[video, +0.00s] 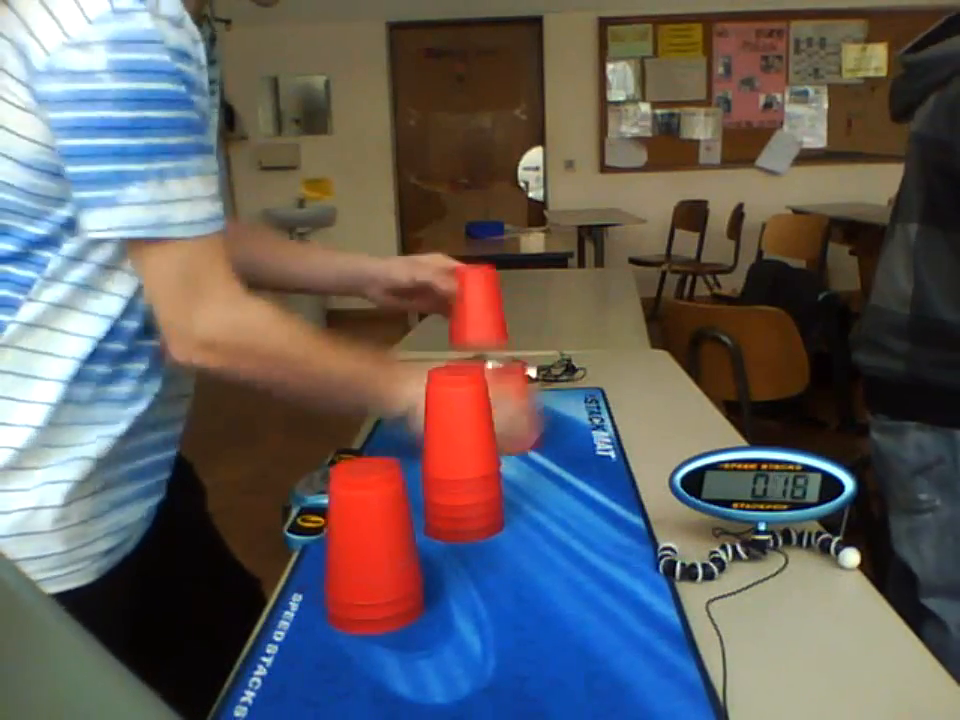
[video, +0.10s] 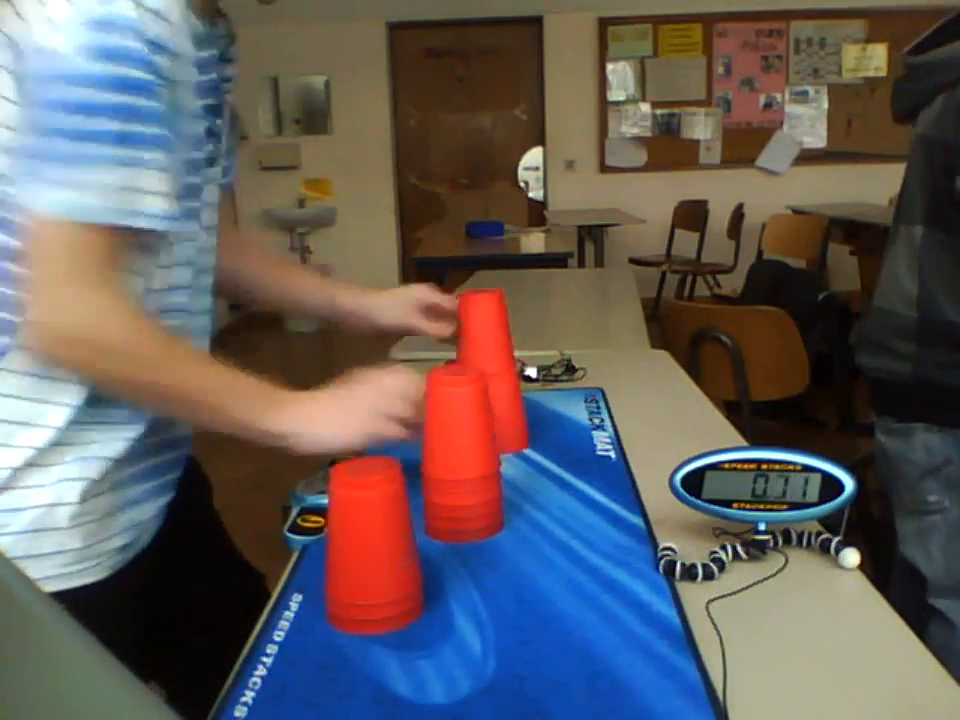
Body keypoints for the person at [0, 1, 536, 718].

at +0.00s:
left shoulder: (153, 30)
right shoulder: (120, 36)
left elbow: (201, 234)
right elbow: (202, 323)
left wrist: (375, 277)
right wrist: (422, 392)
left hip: (135, 484)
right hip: (60, 541)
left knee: (270, 674)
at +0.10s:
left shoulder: (197, 32)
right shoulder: (102, 28)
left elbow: (212, 247)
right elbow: (68, 316)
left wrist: (368, 306)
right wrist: (296, 414)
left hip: (155, 492)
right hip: (55, 544)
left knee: (275, 679)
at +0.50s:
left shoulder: (239, 50)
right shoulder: (54, 19)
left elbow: (222, 279)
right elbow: (24, 307)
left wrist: (385, 380)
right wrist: (360, 372)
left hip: (158, 510)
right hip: (37, 562)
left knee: (280, 695)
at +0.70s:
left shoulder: (230, 45)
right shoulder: (54, 18)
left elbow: (232, 265)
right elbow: (39, 313)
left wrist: (399, 325)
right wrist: (378, 304)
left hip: (154, 508)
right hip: (38, 564)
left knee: (278, 687)